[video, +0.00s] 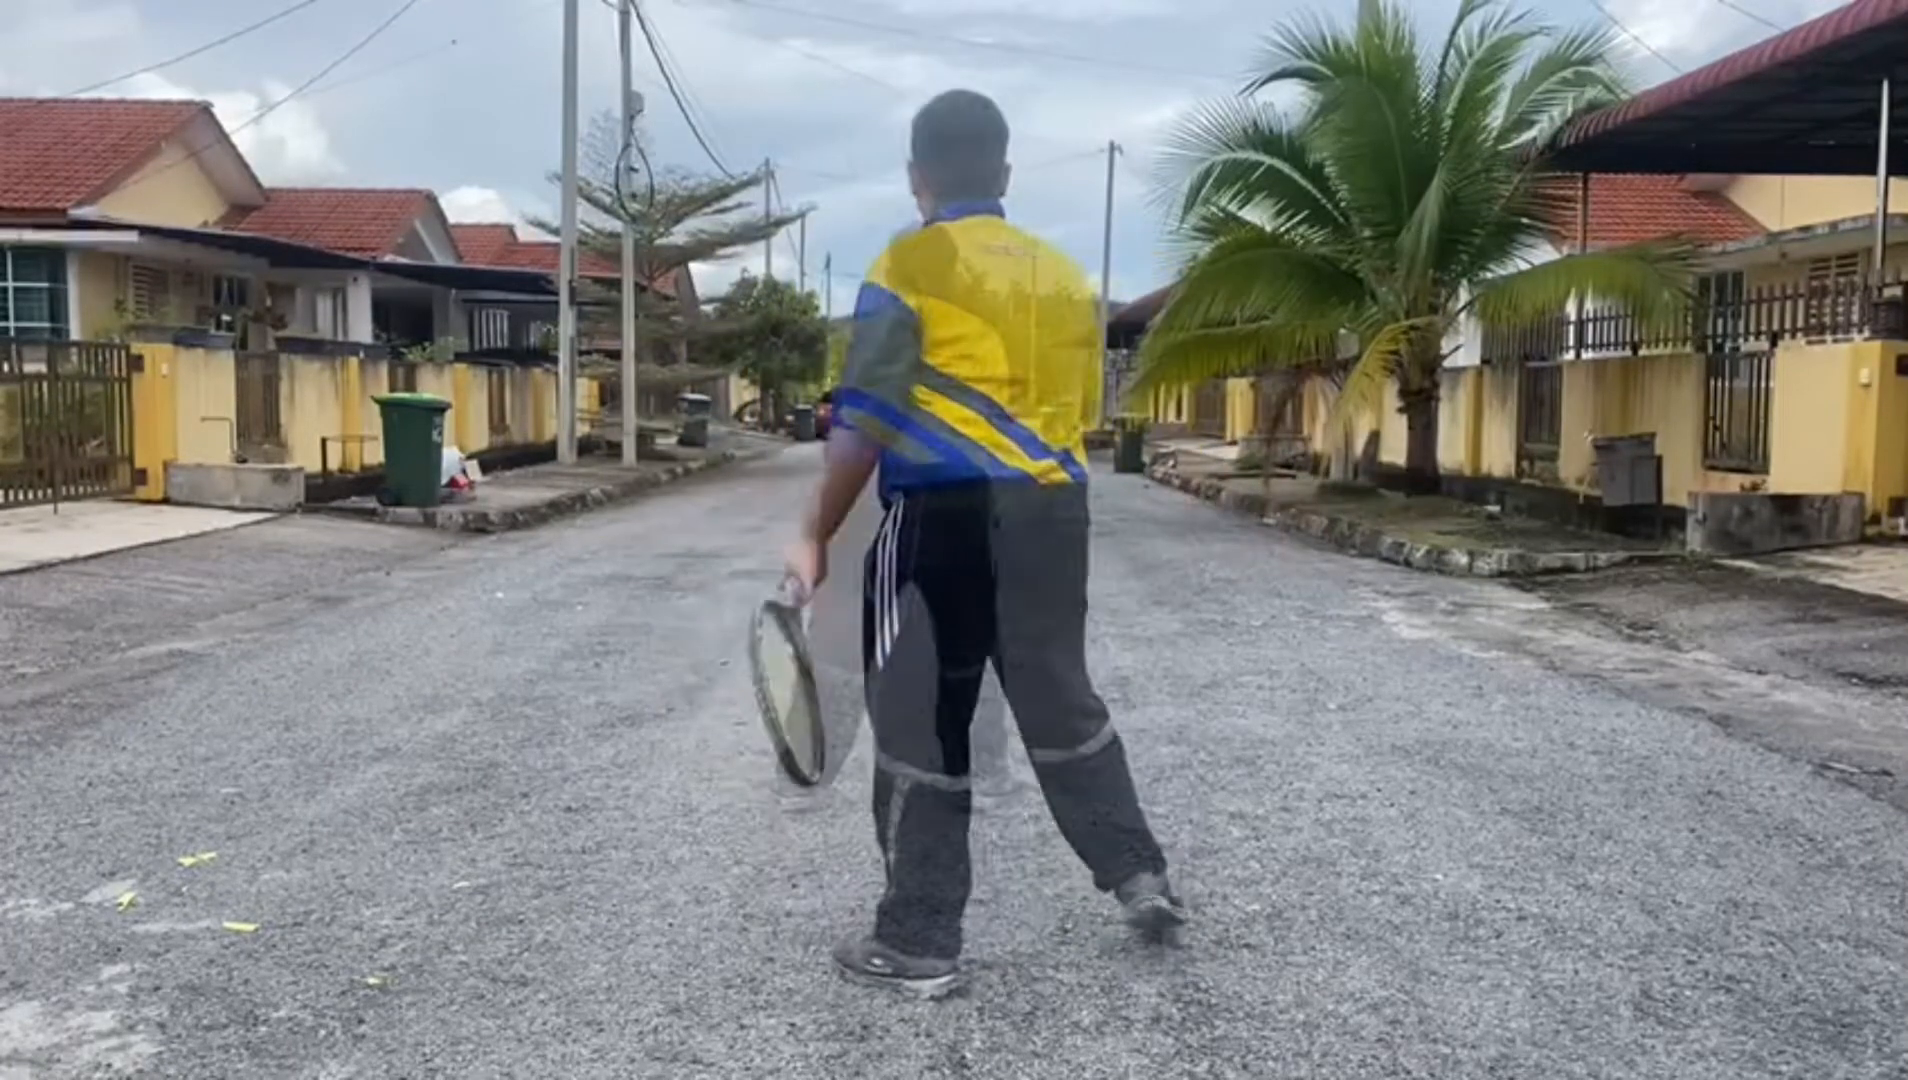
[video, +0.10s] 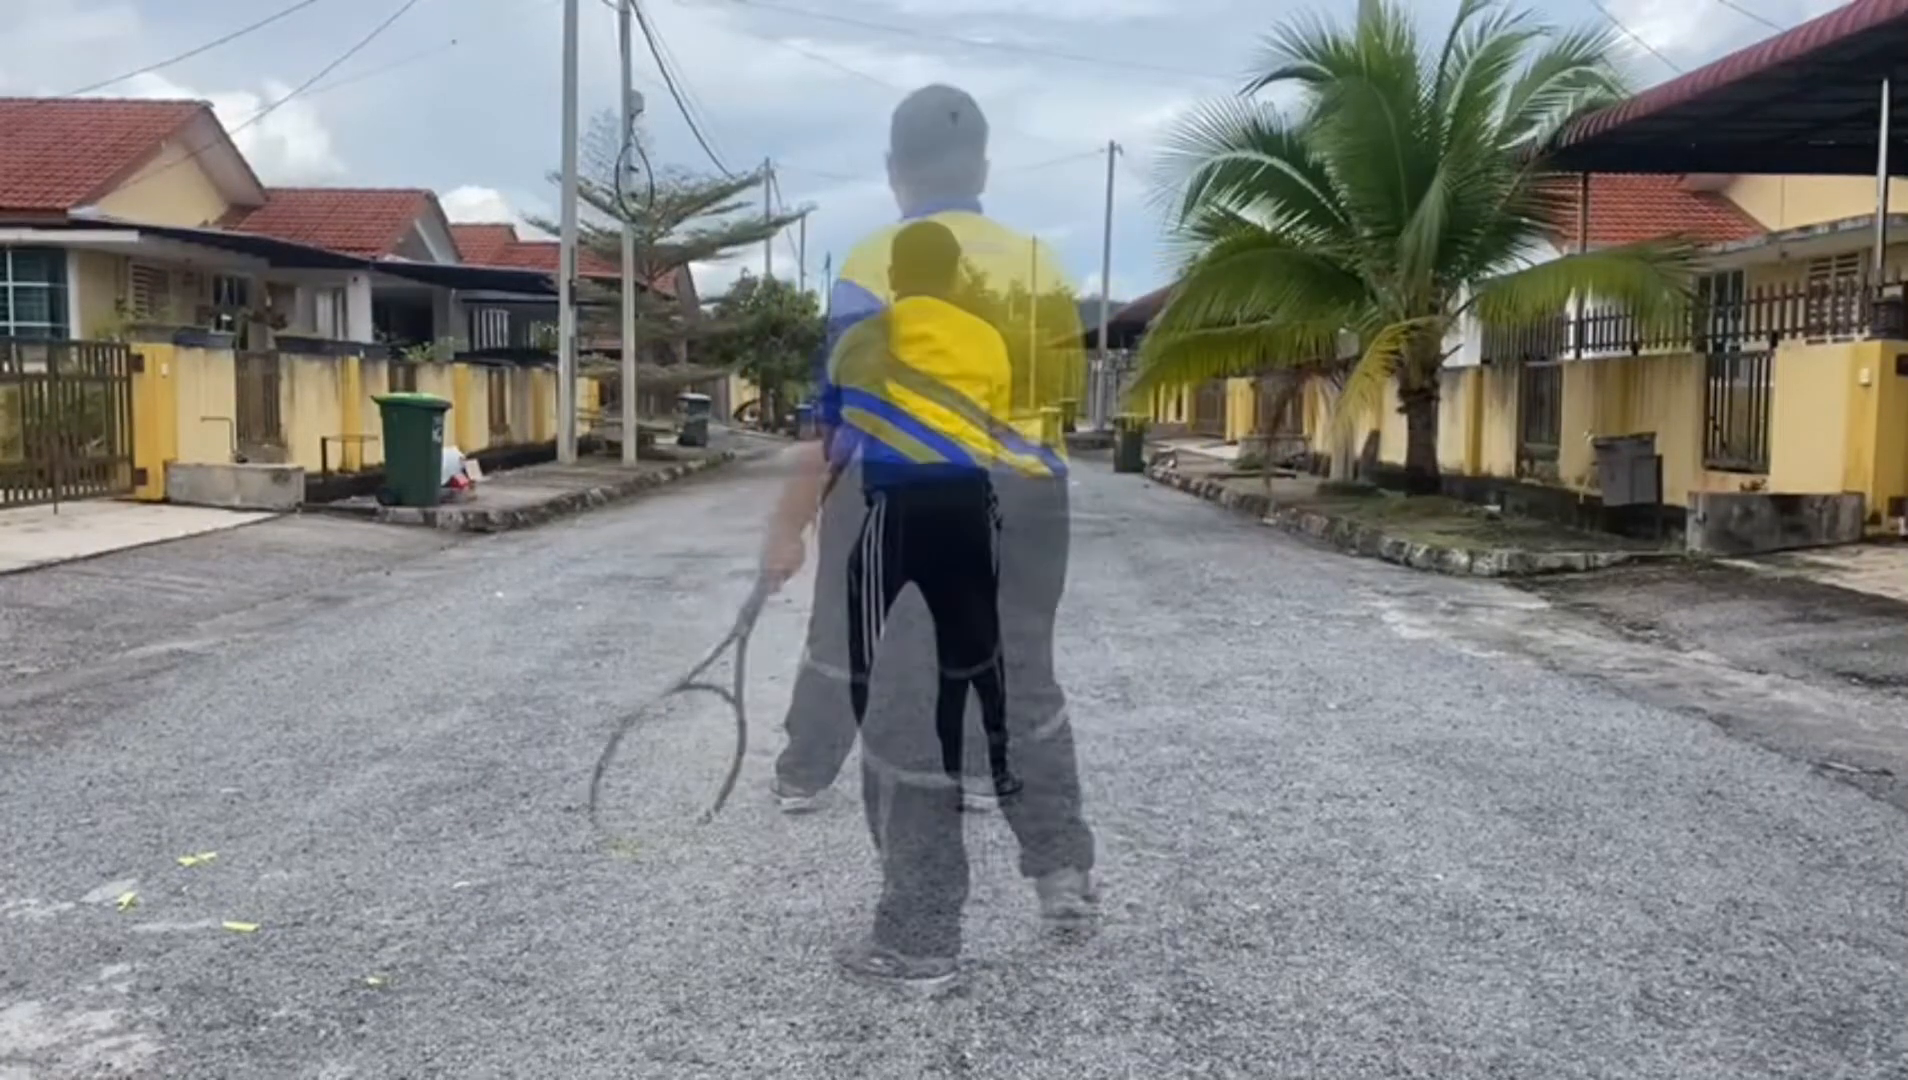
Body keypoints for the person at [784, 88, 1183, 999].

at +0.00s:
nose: (914, 186)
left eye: (913, 173)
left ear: (919, 174)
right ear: (1005, 171)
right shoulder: (1064, 272)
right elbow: (1080, 402)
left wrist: (816, 533)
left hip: (944, 518)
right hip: (1052, 518)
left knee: (921, 723)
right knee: (1059, 699)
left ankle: (920, 940)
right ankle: (1136, 873)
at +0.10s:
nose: (894, 182)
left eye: (894, 168)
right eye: (908, 168)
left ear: (899, 168)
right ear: (983, 161)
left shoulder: (877, 259)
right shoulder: (1038, 261)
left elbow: (844, 405)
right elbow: (1060, 398)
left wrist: (791, 516)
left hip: (910, 498)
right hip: (1024, 492)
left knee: (903, 707)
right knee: (1021, 676)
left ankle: (921, 934)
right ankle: (1063, 874)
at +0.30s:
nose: (910, 282)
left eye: (901, 273)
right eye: (956, 275)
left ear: (899, 276)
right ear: (959, 277)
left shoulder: (862, 336)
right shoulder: (990, 340)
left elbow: (833, 424)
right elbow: (996, 435)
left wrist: (858, 473)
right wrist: (969, 482)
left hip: (868, 499)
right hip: (959, 499)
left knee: (844, 636)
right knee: (972, 636)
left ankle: (802, 778)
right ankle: (978, 773)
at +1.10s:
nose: (908, 304)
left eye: (907, 296)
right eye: (908, 295)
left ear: (842, 290)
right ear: (900, 294)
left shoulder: (818, 341)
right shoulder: (903, 345)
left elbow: (871, 460)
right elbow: (940, 457)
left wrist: (928, 532)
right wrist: (983, 518)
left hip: (743, 492)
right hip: (823, 493)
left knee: (793, 640)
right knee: (890, 634)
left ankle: (808, 769)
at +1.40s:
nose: (872, 275)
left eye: (870, 263)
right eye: (871, 262)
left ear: (808, 257)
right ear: (859, 262)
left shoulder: (804, 312)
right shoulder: (811, 310)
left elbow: (859, 410)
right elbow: (859, 408)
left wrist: (946, 431)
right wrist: (966, 401)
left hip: (743, 490)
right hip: (737, 492)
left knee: (788, 640)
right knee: (770, 652)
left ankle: (761, 780)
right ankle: (725, 828)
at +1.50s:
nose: (866, 255)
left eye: (864, 241)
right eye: (862, 241)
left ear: (801, 237)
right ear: (846, 243)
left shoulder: (816, 311)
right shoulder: (779, 290)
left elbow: (849, 376)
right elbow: (804, 385)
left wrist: (904, 379)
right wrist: (886, 345)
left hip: (745, 480)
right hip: (717, 477)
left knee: (753, 638)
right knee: (765, 642)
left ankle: (695, 776)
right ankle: (733, 819)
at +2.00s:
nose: (839, 259)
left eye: (837, 245)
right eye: (835, 245)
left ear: (774, 245)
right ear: (814, 253)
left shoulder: (794, 317)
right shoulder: (731, 306)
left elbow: (854, 348)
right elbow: (677, 408)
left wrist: (910, 365)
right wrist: (792, 437)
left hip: (705, 510)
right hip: (663, 507)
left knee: (729, 665)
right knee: (709, 675)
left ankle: (683, 802)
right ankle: (670, 863)